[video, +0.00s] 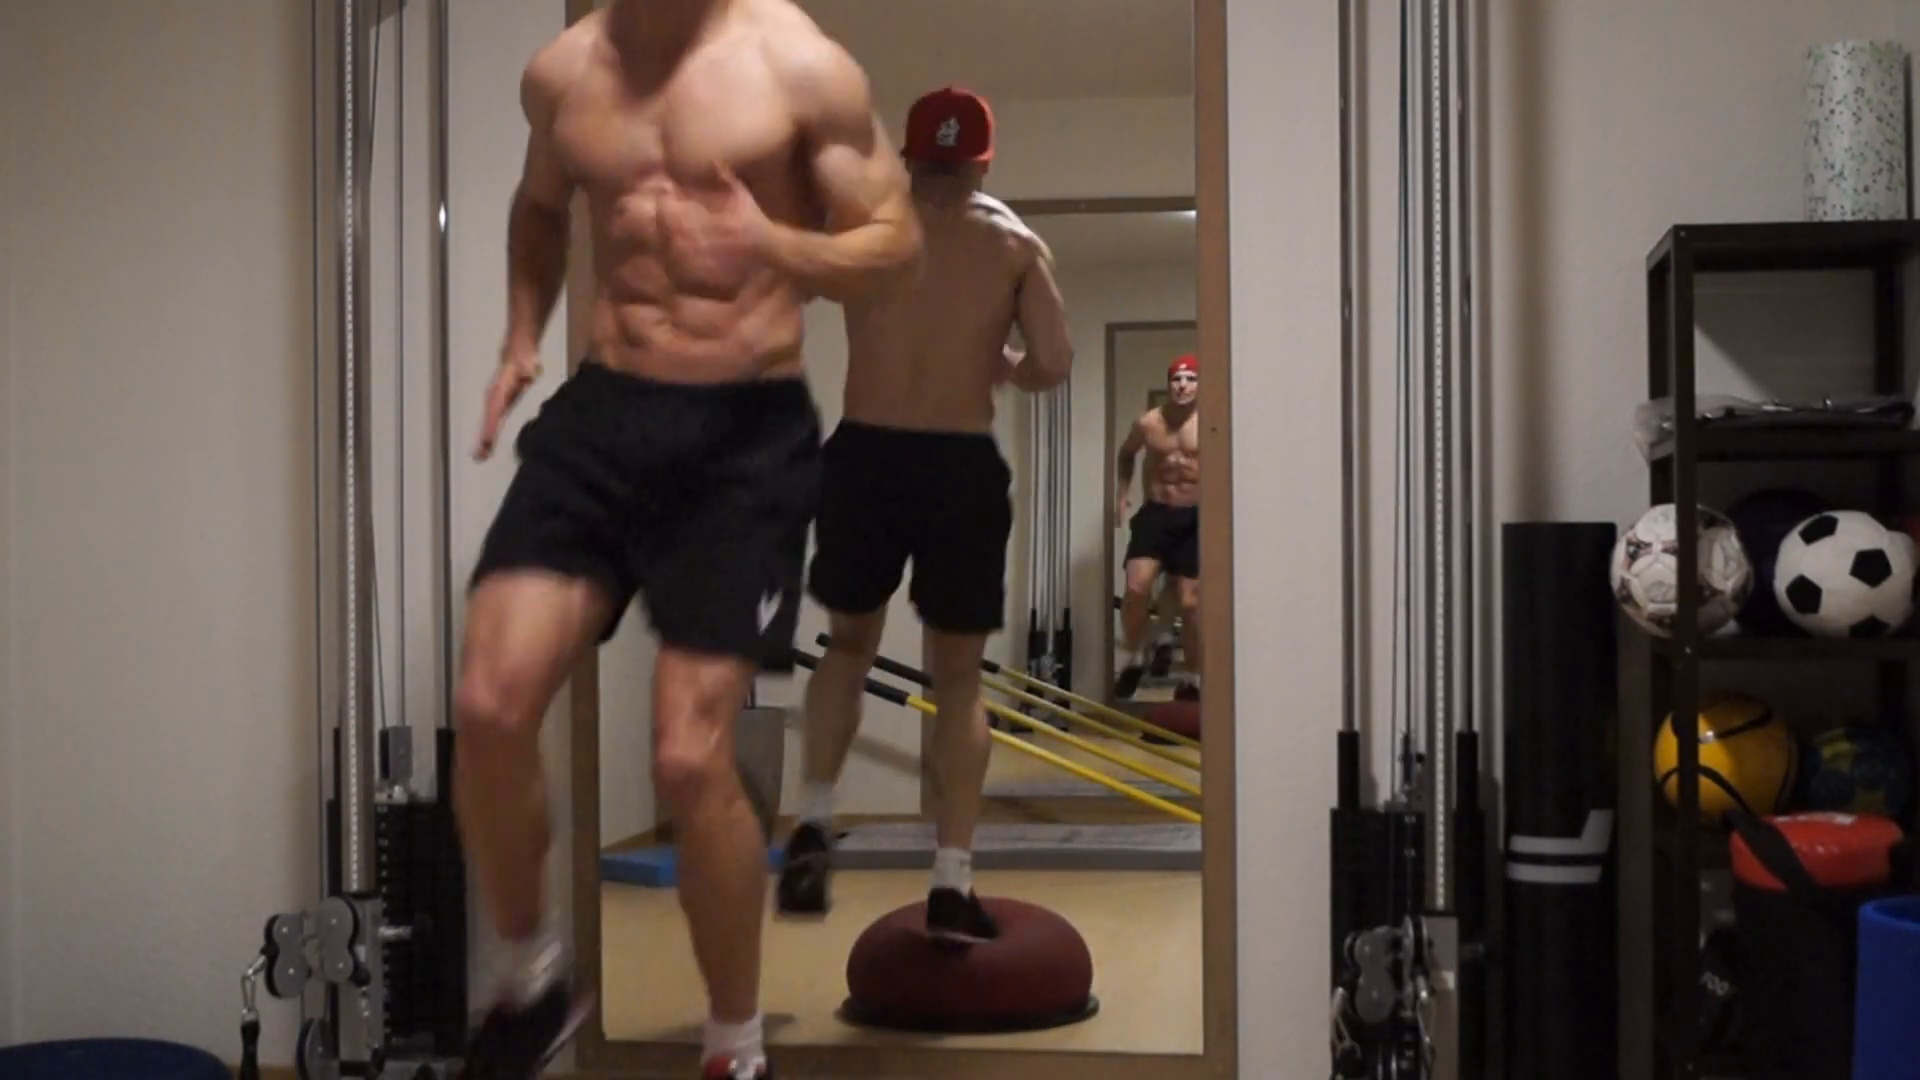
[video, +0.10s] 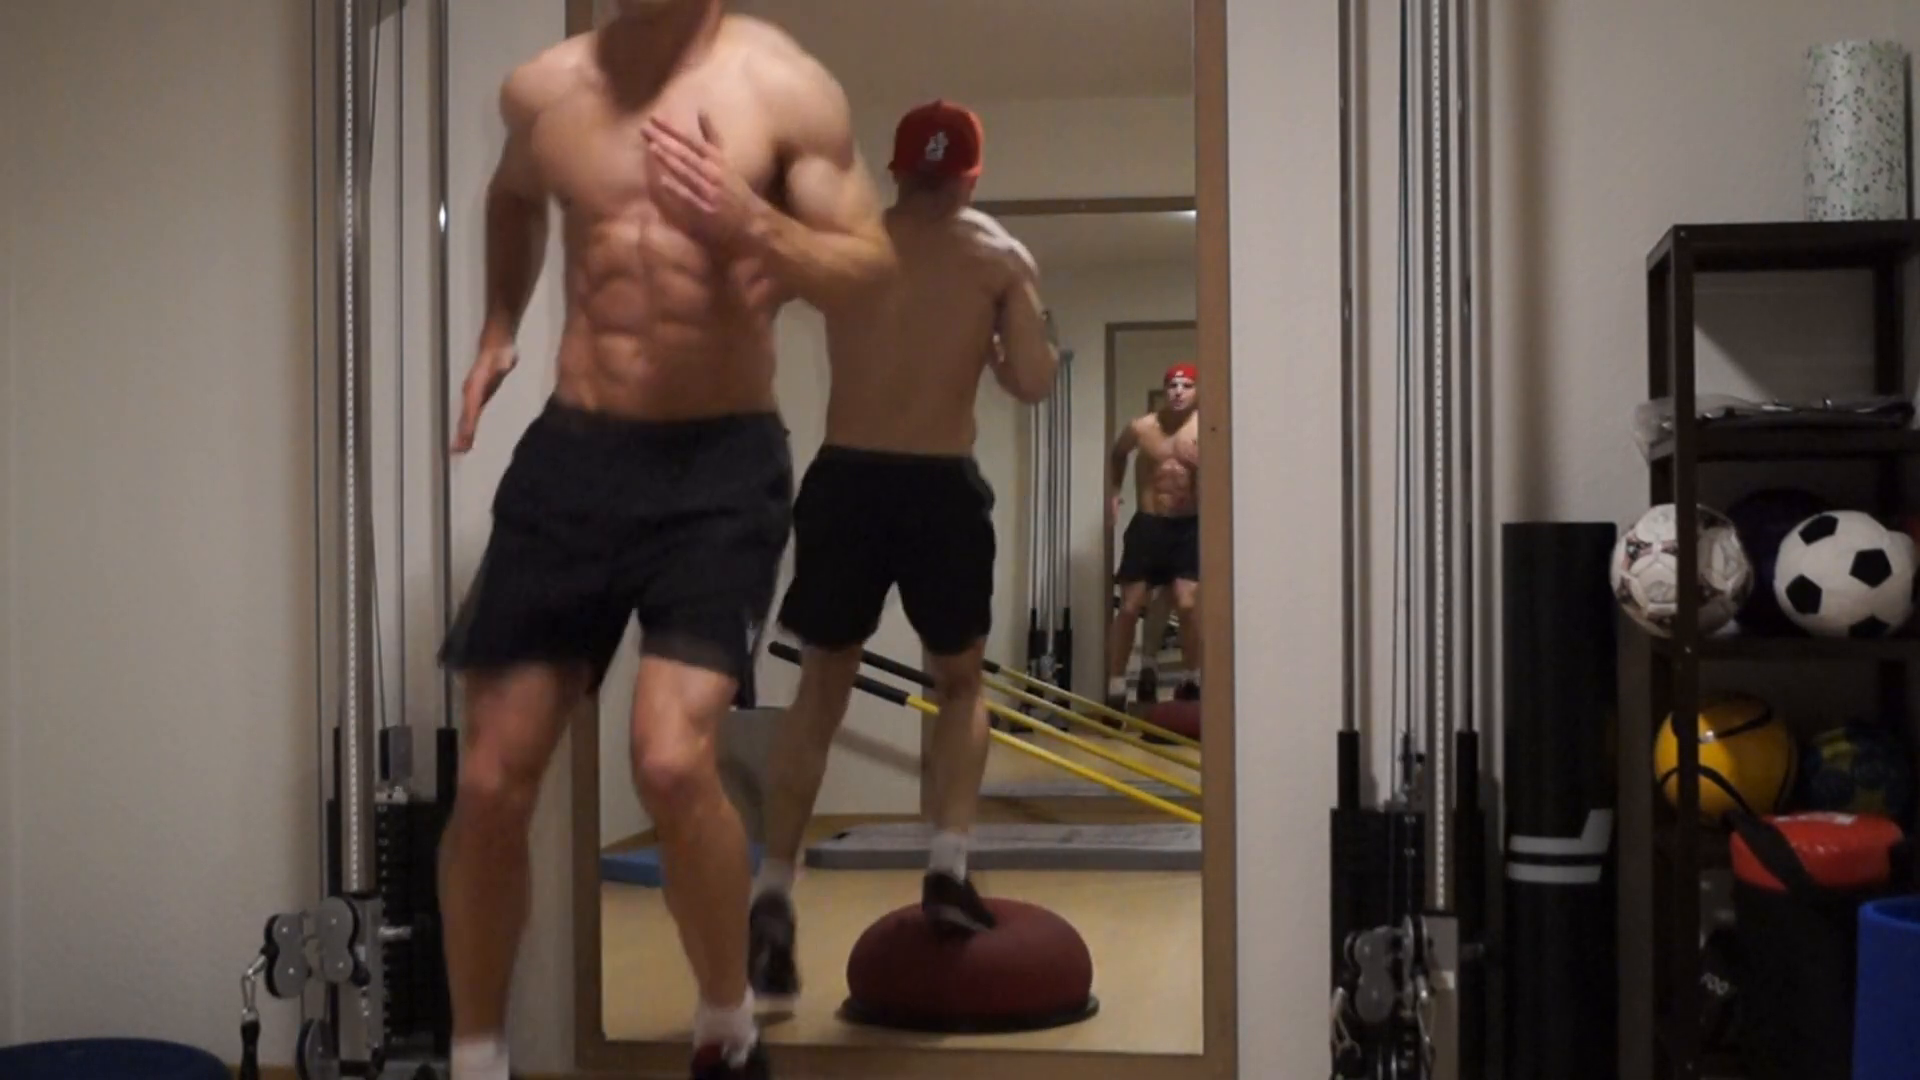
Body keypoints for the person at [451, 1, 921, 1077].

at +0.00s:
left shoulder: (805, 67)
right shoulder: (563, 73)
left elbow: (895, 245)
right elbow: (541, 206)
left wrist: (771, 239)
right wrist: (522, 337)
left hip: (747, 435)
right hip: (599, 422)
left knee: (690, 760)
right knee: (489, 705)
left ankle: (735, 1046)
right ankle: (526, 970)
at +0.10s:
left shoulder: (789, 87)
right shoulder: (544, 89)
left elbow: (869, 276)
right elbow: (515, 203)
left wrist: (753, 220)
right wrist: (498, 326)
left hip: (723, 466)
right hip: (572, 458)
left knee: (672, 765)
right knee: (490, 782)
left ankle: (728, 1034)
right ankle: (475, 1061)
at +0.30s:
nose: (729, 3)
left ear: (811, 18)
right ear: (693, 20)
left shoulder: (864, 111)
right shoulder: (636, 111)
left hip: (831, 528)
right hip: (672, 529)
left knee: (908, 857)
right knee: (655, 855)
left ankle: (956, 1069)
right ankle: (648, 1074)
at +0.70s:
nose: (758, 88)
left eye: (786, 70)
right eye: (738, 67)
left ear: (836, 105)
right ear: (709, 95)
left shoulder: (901, 244)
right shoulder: (654, 256)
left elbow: (963, 444)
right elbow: (612, 453)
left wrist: (877, 449)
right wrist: (665, 431)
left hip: (887, 598)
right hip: (728, 598)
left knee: (965, 876)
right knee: (619, 856)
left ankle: (974, 1071)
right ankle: (645, 1074)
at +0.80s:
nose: (745, 183)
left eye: (775, 158)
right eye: (725, 157)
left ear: (828, 183)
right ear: (700, 176)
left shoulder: (891, 320)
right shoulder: (651, 333)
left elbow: (944, 537)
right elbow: (640, 534)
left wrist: (877, 661)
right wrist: (621, 670)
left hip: (891, 621)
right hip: (738, 625)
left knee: (973, 880)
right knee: (607, 881)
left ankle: (977, 1068)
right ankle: (643, 1076)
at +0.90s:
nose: (736, 369)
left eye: (766, 339)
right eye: (713, 339)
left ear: (821, 337)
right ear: (688, 336)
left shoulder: (893, 461)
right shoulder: (654, 473)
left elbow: (915, 703)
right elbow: (651, 706)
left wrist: (884, 921)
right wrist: (638, 918)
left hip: (881, 683)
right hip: (741, 684)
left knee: (995, 885)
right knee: (585, 881)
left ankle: (980, 1071)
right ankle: (635, 1069)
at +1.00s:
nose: (739, 500)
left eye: (768, 468)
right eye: (714, 467)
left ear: (824, 450)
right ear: (688, 455)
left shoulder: (902, 566)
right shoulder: (648, 575)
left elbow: (911, 809)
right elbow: (657, 810)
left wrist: (894, 1032)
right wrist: (651, 1031)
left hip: (884, 722)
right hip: (740, 732)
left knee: (1001, 893)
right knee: (575, 892)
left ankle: (985, 1066)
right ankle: (616, 1065)